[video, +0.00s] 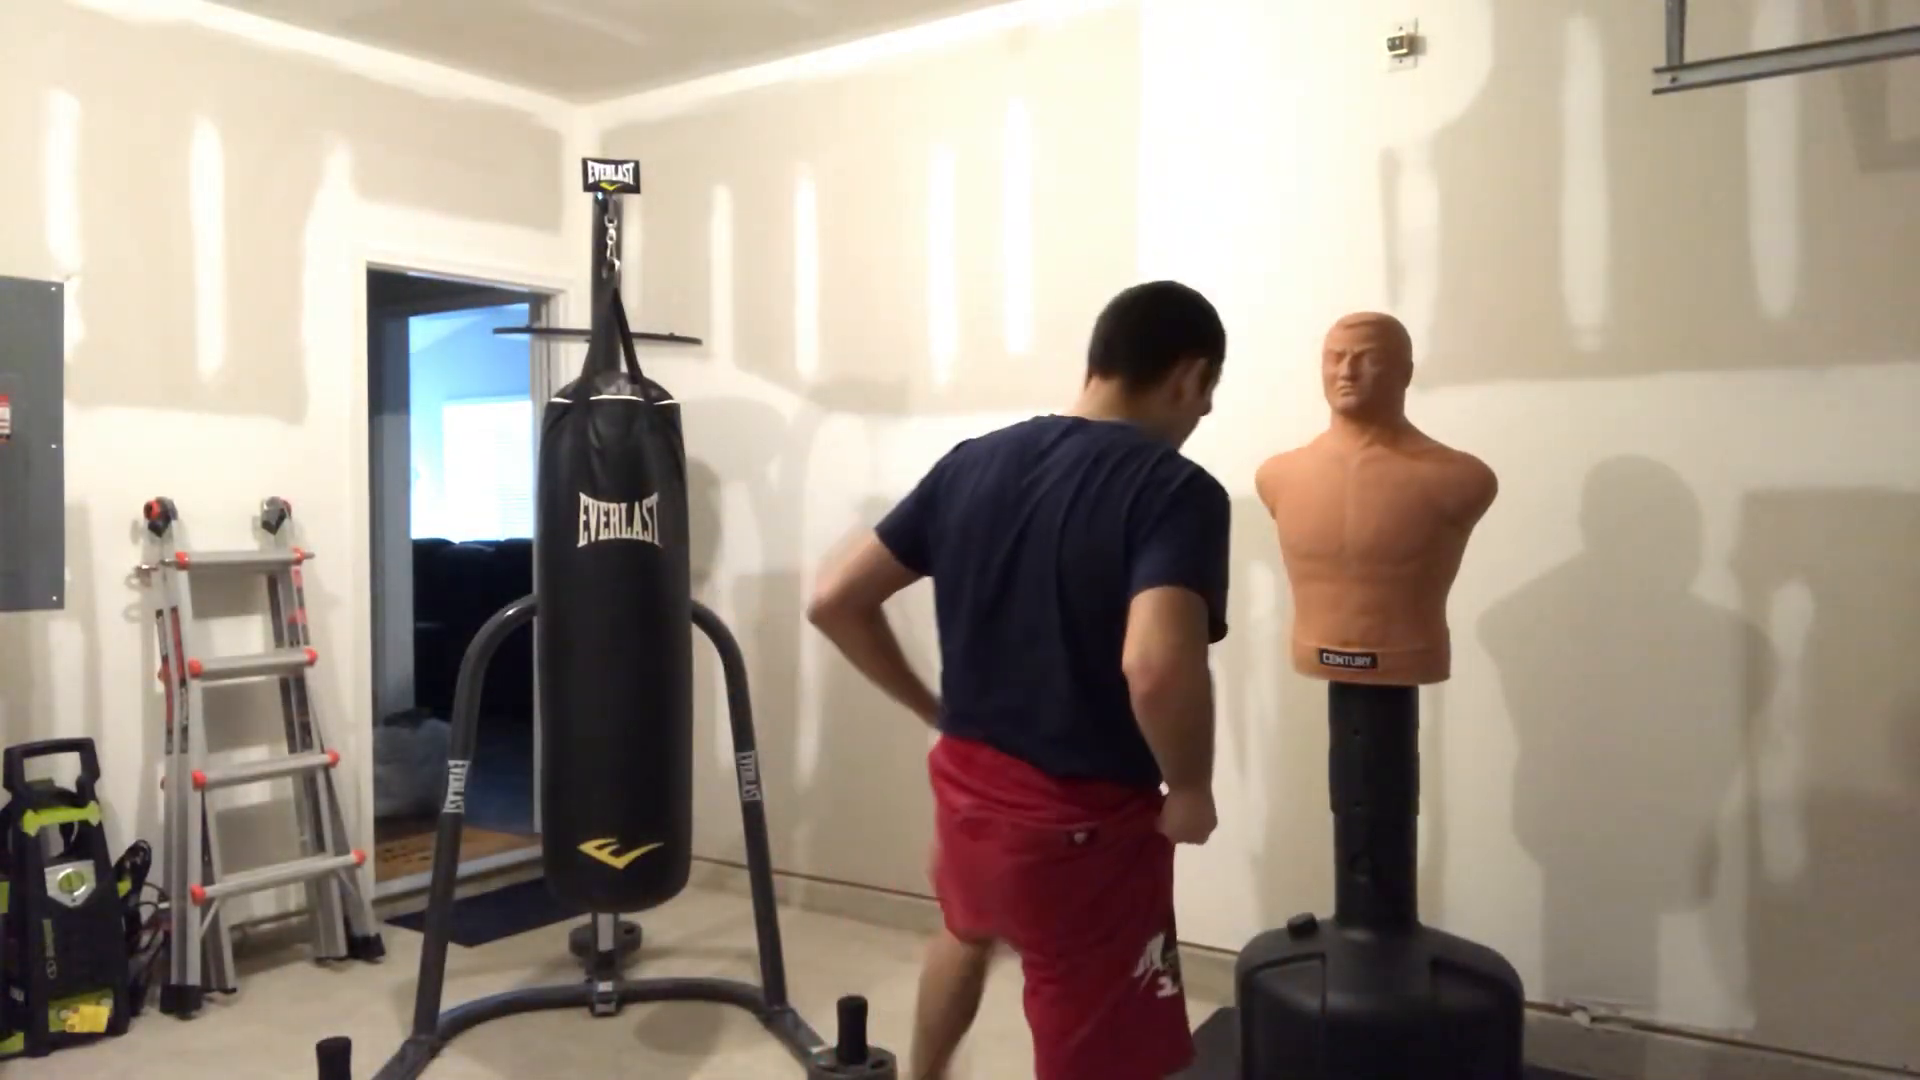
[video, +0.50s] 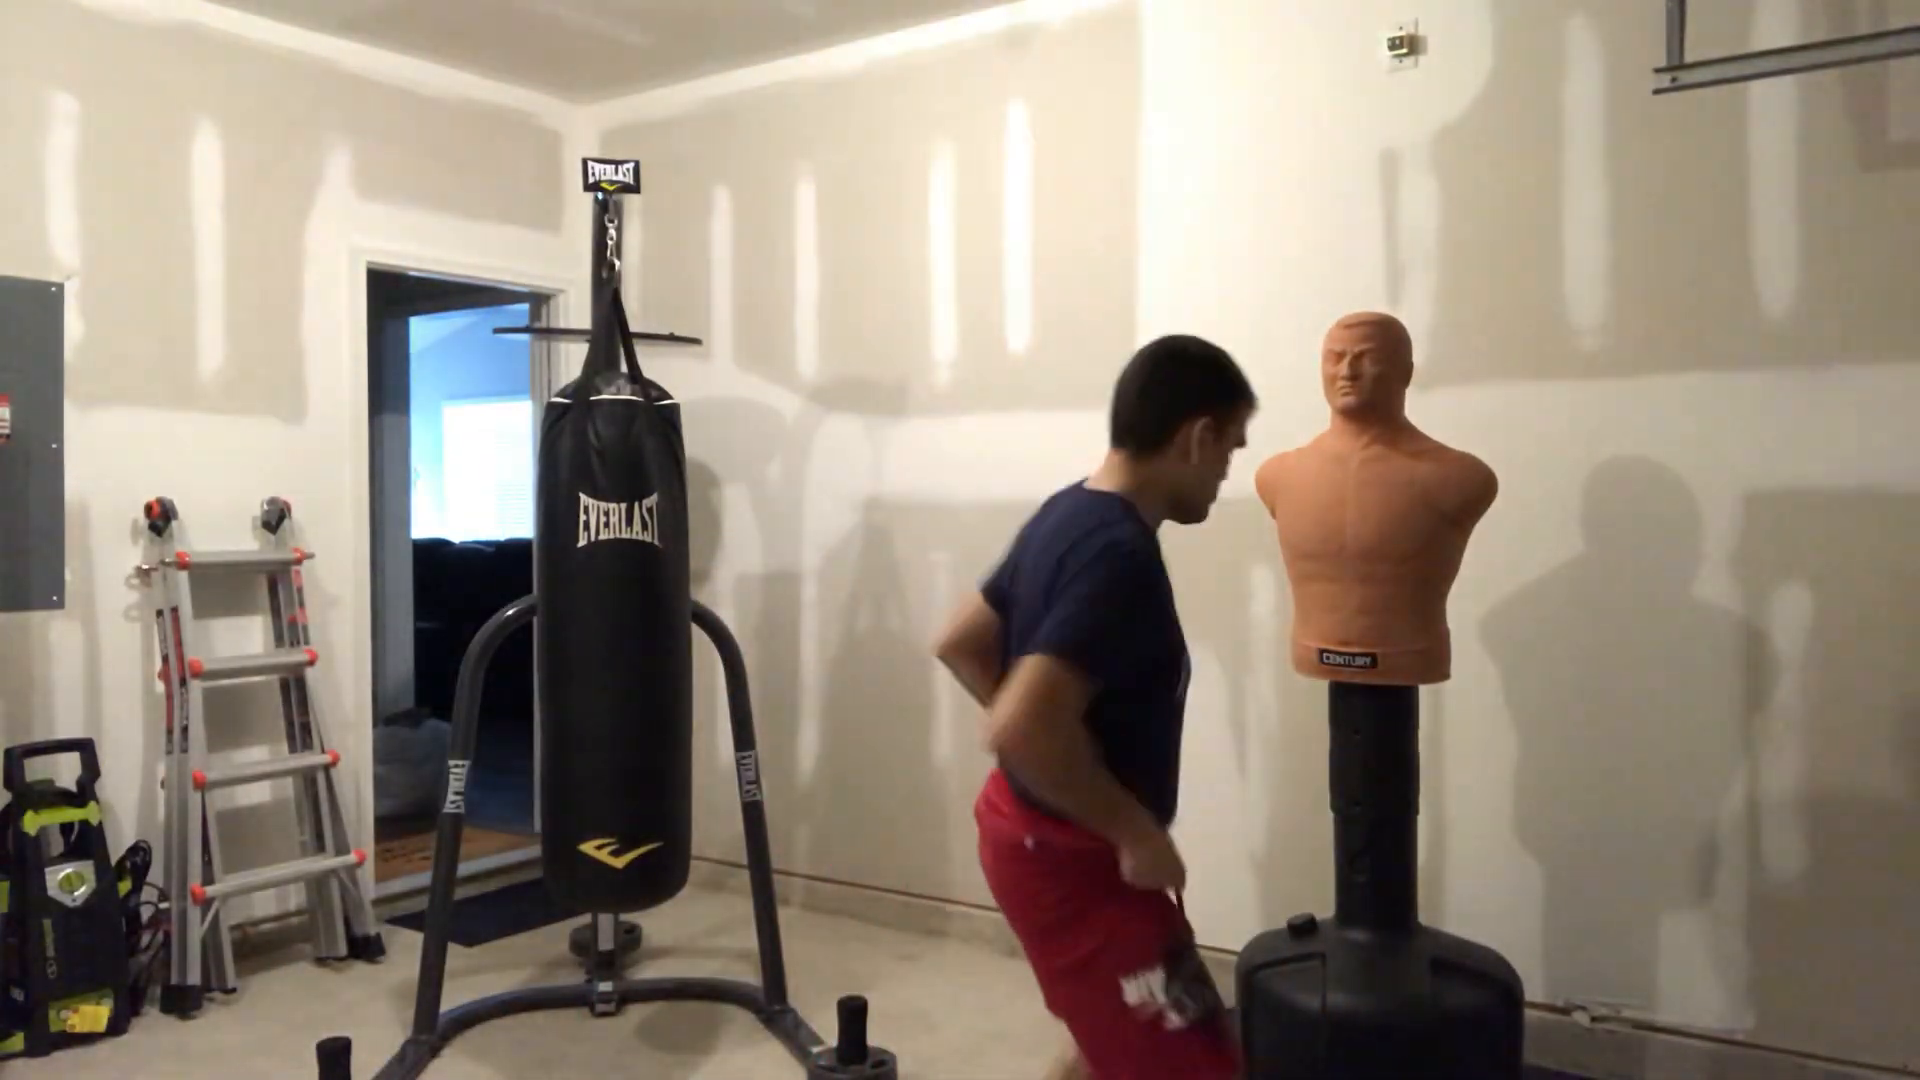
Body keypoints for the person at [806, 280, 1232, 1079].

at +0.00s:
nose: (1204, 411)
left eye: (1212, 392)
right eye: (1209, 389)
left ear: (1097, 363)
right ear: (1186, 378)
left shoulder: (979, 461)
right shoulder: (1175, 488)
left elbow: (837, 602)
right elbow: (1157, 666)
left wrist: (935, 710)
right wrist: (1189, 789)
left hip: (966, 801)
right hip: (1082, 839)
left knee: (962, 935)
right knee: (1100, 1063)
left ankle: (921, 1073)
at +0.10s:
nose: (1214, 412)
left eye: (1222, 391)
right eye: (1220, 389)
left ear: (1110, 360)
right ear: (1198, 374)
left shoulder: (994, 462)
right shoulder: (1175, 487)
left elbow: (858, 607)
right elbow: (1154, 665)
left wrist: (955, 703)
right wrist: (1192, 788)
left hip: (979, 789)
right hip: (1088, 828)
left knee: (979, 914)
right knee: (1105, 1059)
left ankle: (946, 1030)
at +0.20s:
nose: (1224, 410)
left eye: (1232, 390)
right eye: (1231, 388)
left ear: (1123, 357)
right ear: (1209, 373)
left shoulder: (1010, 455)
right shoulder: (1180, 485)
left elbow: (877, 593)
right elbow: (1136, 660)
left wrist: (964, 681)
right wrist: (1184, 781)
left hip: (985, 766)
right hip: (1083, 810)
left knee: (1013, 906)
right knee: (1093, 1054)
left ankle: (994, 1062)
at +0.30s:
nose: (1232, 418)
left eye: (1241, 399)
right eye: (1240, 396)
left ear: (1133, 360)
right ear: (1218, 379)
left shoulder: (1023, 456)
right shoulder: (1178, 492)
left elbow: (894, 587)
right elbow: (1121, 667)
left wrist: (979, 673)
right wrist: (1174, 777)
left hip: (994, 774)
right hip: (1083, 807)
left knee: (1053, 945)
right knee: (1107, 1049)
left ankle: (1034, 1068)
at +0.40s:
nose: (1234, 446)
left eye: (1243, 425)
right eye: (1240, 422)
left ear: (1137, 387)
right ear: (1212, 405)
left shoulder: (1042, 479)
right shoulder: (1155, 523)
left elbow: (923, 602)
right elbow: (1081, 693)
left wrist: (1009, 687)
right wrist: (1156, 790)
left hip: (1003, 788)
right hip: (1075, 821)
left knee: (1088, 1005)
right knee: (1164, 1045)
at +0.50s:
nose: (1231, 469)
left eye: (1236, 448)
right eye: (1232, 445)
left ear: (1135, 425)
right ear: (1196, 436)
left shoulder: (1069, 511)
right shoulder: (1118, 546)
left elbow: (963, 645)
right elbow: (1027, 729)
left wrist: (1044, 737)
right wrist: (1134, 831)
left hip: (1031, 833)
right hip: (1076, 855)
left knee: (1114, 1045)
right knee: (1189, 1060)